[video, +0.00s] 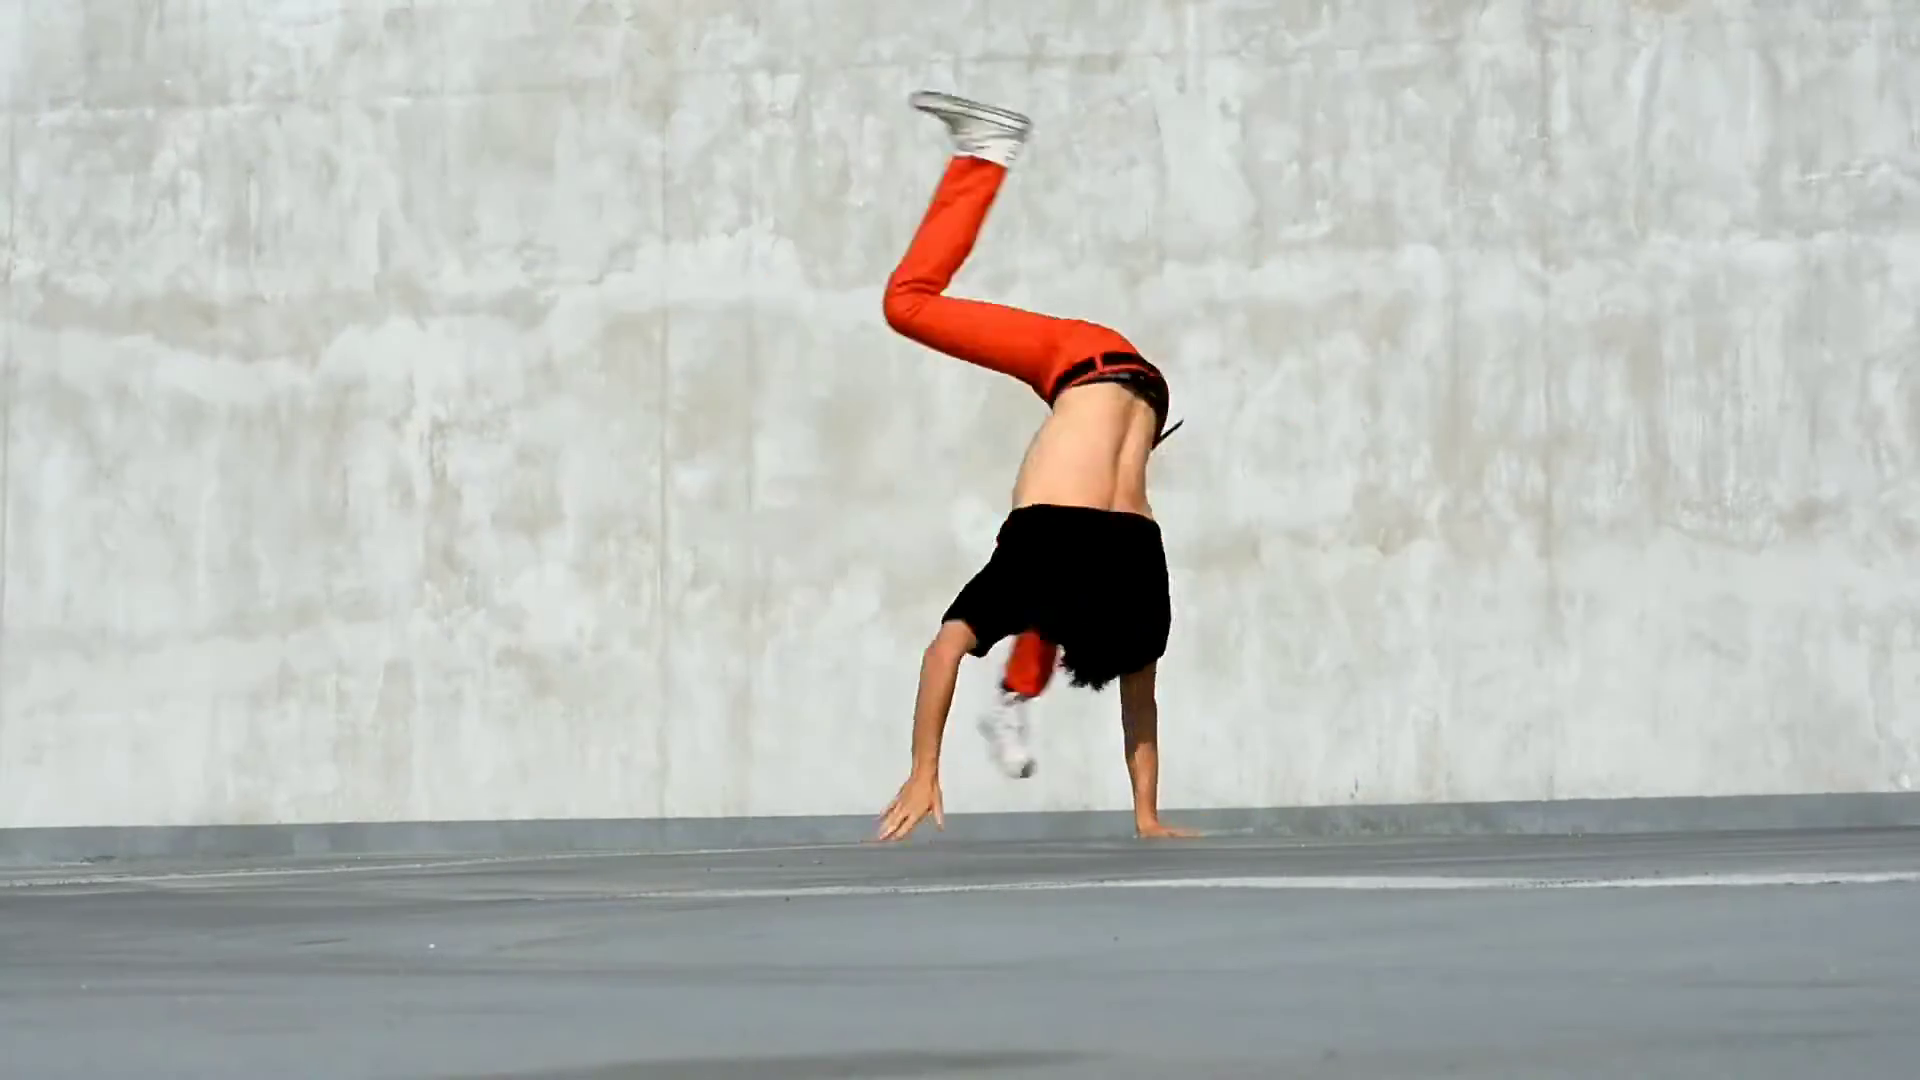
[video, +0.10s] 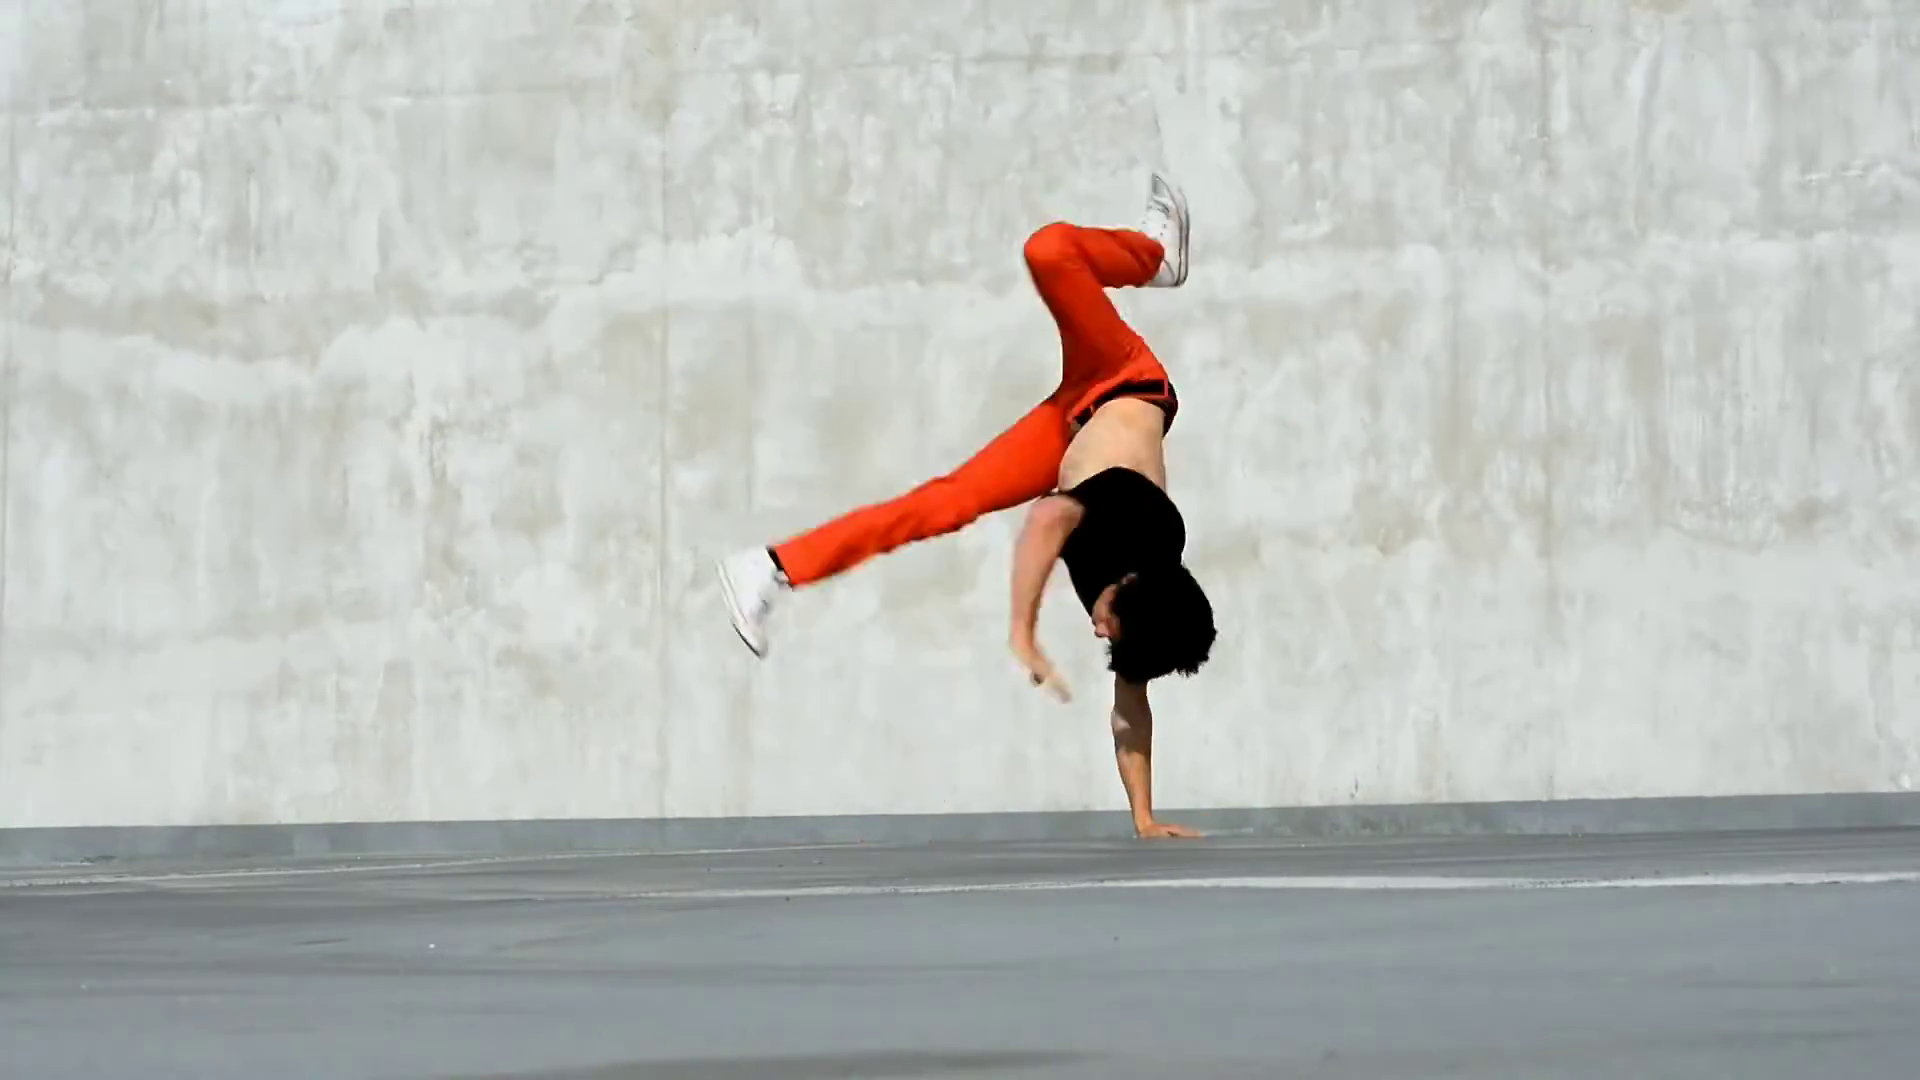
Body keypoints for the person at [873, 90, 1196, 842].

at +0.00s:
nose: (1078, 659)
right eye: (1073, 652)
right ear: (1064, 634)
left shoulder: (1142, 617)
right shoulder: (1021, 581)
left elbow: (1139, 704)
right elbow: (944, 653)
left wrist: (1148, 816)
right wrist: (923, 774)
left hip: (1148, 397)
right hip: (1086, 363)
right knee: (905, 303)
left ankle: (1011, 701)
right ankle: (987, 152)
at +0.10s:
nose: (1102, 631)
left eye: (1112, 638)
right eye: (1112, 625)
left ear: (1132, 600)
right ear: (1127, 594)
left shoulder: (1131, 604)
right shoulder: (1133, 527)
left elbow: (1131, 710)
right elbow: (1046, 518)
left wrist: (1145, 821)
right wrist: (1024, 637)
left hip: (1071, 437)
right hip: (1122, 376)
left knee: (942, 509)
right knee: (1048, 249)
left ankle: (769, 569)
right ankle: (1159, 256)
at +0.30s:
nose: (1290, 519)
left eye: (1285, 535)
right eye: (1298, 528)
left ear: (1263, 550)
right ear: (1292, 532)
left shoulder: (1185, 519)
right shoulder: (1252, 486)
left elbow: (1196, 619)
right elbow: (1308, 584)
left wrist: (1221, 719)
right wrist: (1342, 655)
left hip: (1037, 372)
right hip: (1093, 366)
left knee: (922, 220)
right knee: (1079, 266)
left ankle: (766, 189)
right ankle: (1083, 168)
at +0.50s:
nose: (1286, 655)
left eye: (1299, 646)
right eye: (1288, 648)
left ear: (1306, 578)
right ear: (1270, 625)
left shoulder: (1281, 523)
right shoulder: (1180, 616)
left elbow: (1365, 518)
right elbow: (1171, 714)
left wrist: (1451, 564)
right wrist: (1177, 823)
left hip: (1109, 363)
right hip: (1034, 401)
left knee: (1157, 198)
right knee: (968, 460)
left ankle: (1137, 229)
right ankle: (900, 505)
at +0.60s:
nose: (1260, 673)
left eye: (1270, 672)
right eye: (1269, 665)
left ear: (1270, 627)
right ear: (1262, 638)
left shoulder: (1244, 586)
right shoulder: (1197, 620)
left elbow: (1232, 652)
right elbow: (1177, 713)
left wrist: (1246, 720)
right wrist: (1176, 820)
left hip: (1131, 362)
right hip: (1085, 400)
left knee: (1110, 214)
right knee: (954, 516)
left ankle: (1204, 202)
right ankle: (806, 615)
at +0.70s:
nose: (1248, 694)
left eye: (1261, 691)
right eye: (1263, 685)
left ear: (1255, 642)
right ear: (1264, 649)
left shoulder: (1179, 624)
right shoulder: (1228, 615)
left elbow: (1125, 707)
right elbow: (1196, 712)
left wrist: (1088, 801)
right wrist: (1180, 822)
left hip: (1131, 360)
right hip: (1146, 398)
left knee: (1020, 276)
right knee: (1022, 509)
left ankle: (1121, 159)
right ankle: (891, 584)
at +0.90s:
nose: (1183, 713)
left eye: (1175, 713)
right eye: (1185, 711)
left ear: (1155, 678)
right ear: (1197, 678)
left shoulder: (1098, 638)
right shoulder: (1231, 627)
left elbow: (1067, 730)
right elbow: (1233, 696)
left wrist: (1069, 831)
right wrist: (1214, 780)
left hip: (1078, 439)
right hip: (1157, 410)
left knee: (953, 495)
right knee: (1277, 405)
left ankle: (928, 345)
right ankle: (1308, 251)